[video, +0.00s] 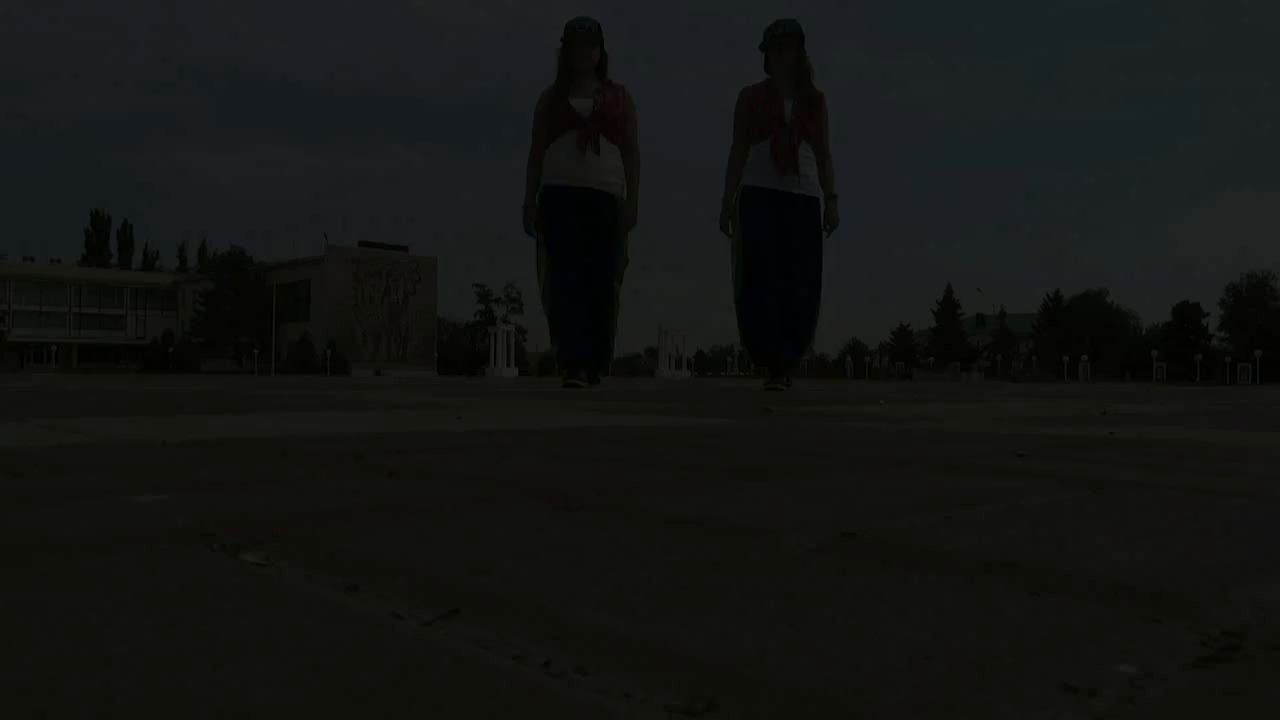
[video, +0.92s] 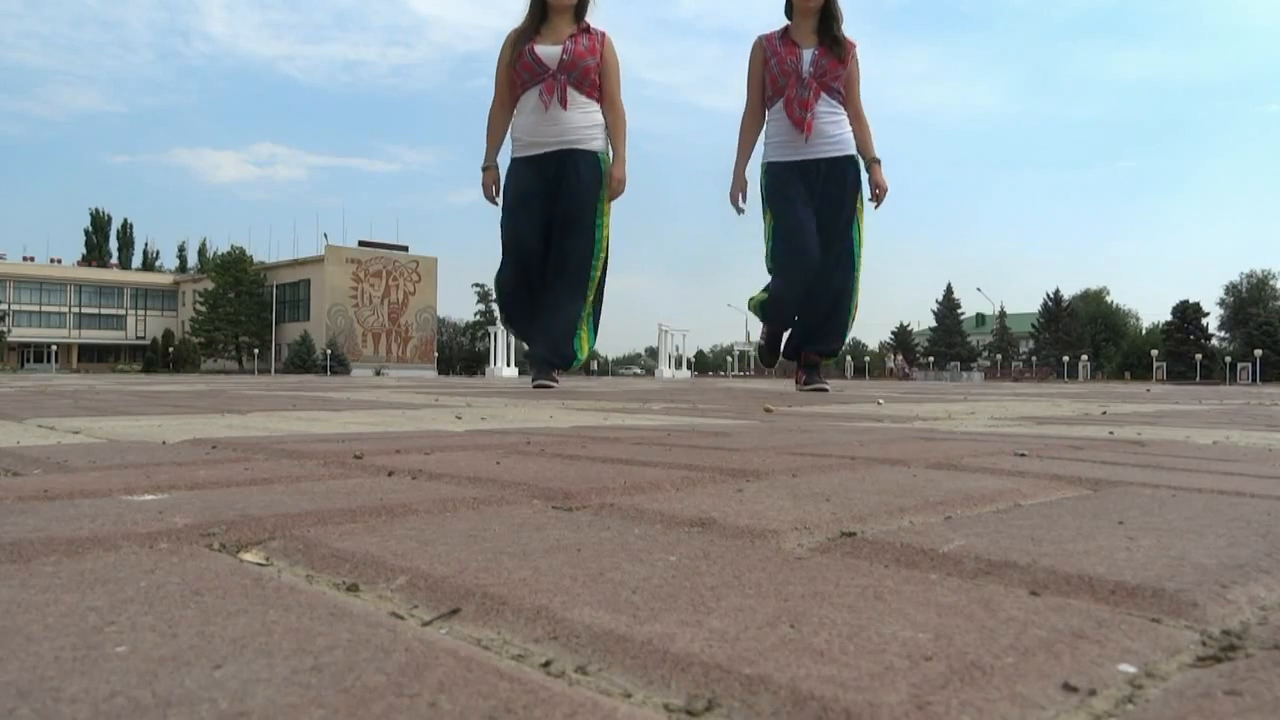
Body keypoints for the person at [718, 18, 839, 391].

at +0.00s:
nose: (785, 58)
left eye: (791, 50)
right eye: (777, 50)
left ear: (801, 54)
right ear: (766, 54)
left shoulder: (813, 98)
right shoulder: (751, 96)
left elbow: (822, 152)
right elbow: (738, 152)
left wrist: (830, 198)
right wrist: (728, 202)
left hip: (802, 201)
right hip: (758, 199)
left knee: (798, 280)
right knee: (760, 279)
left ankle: (787, 366)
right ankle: (768, 365)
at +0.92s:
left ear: (826, 1)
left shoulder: (845, 48)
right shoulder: (766, 47)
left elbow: (855, 112)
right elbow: (754, 112)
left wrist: (873, 163)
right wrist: (740, 170)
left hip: (839, 167)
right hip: (785, 169)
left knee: (835, 265)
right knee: (802, 260)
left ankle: (810, 363)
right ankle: (775, 322)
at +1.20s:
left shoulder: (862, 26)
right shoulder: (778, 28)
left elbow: (873, 85)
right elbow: (767, 100)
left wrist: (892, 120)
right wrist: (752, 164)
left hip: (849, 151)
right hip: (794, 149)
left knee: (842, 249)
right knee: (815, 238)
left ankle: (811, 358)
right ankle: (827, 350)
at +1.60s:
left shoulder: (890, 5)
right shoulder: (790, 4)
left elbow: (895, 66)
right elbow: (780, 61)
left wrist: (916, 131)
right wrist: (763, 130)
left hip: (872, 124)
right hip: (808, 120)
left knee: (870, 242)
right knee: (817, 238)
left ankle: (843, 341)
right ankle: (846, 361)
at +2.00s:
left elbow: (911, 37)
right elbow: (784, 14)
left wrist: (935, 120)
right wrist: (775, 75)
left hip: (898, 89)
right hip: (822, 89)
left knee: (894, 212)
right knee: (833, 226)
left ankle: (894, 323)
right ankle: (847, 361)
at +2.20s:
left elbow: (936, 12)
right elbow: (799, 2)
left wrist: (966, 88)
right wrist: (778, 75)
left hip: (921, 56)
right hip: (836, 60)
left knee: (913, 210)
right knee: (841, 210)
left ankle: (893, 357)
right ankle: (840, 333)